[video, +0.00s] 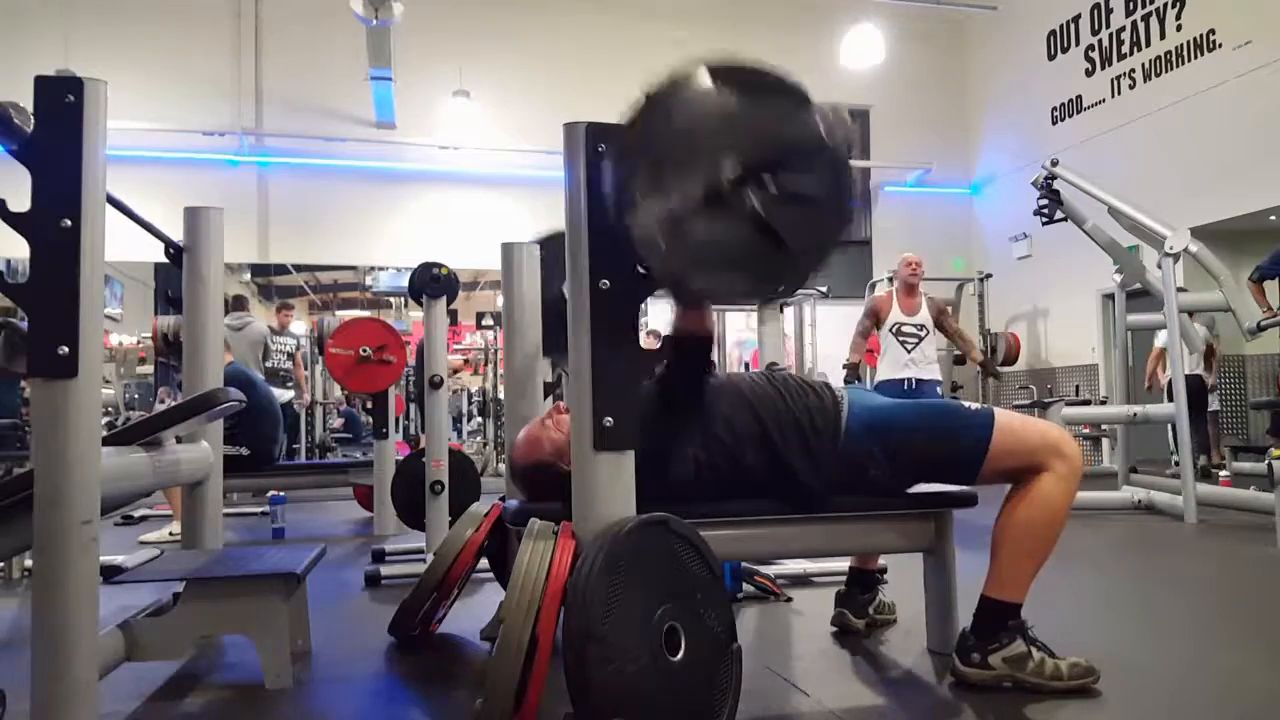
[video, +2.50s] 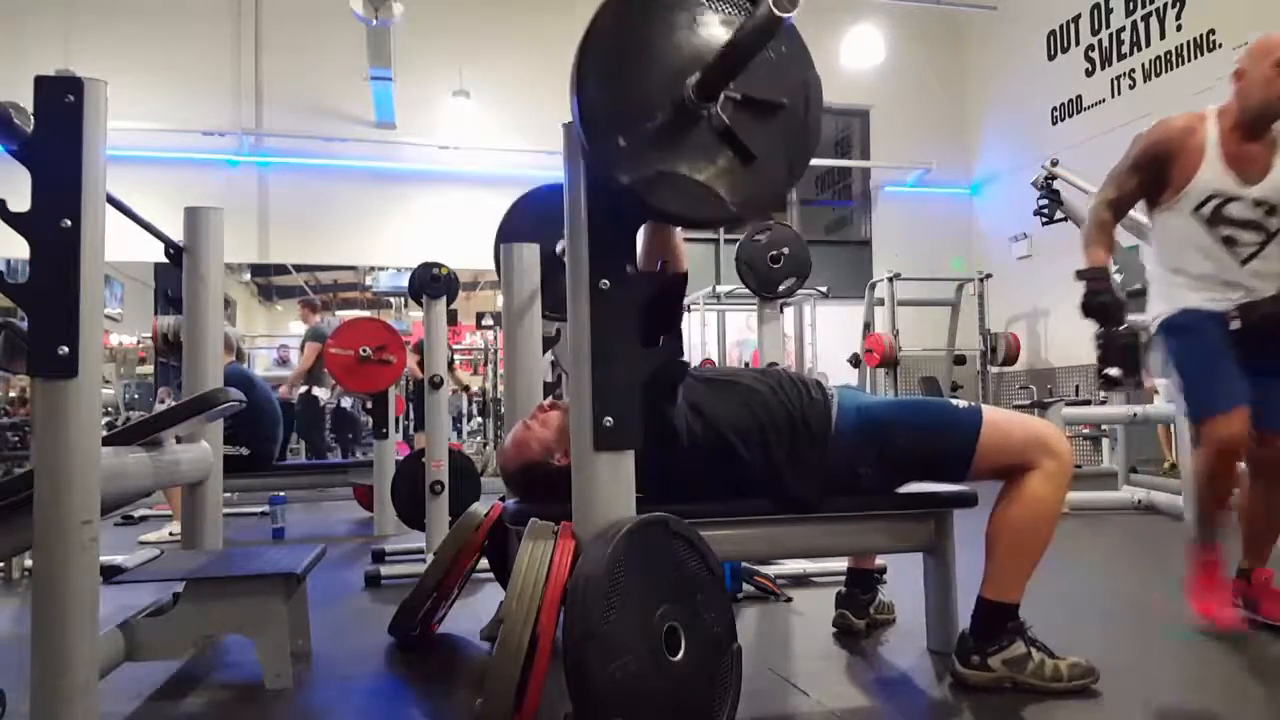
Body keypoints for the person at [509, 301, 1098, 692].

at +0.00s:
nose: (559, 407)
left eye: (548, 411)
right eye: (552, 419)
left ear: (563, 455)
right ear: (570, 450)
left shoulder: (617, 440)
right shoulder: (638, 453)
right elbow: (691, 344)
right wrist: (699, 248)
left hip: (818, 424)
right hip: (847, 430)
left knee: (904, 430)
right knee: (1058, 452)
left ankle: (861, 591)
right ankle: (994, 639)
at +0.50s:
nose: (554, 409)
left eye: (544, 413)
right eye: (545, 426)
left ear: (564, 431)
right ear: (562, 463)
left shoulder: (615, 434)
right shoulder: (629, 457)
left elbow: (647, 366)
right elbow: (657, 348)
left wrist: (662, 266)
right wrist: (669, 255)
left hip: (827, 419)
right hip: (846, 435)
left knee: (922, 437)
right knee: (1054, 454)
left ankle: (858, 592)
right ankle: (992, 639)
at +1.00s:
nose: (553, 410)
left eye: (544, 413)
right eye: (544, 425)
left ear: (561, 421)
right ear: (555, 461)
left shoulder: (607, 436)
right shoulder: (617, 460)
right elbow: (714, 408)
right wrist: (731, 306)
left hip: (814, 430)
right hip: (837, 435)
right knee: (1055, 456)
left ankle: (860, 595)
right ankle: (993, 640)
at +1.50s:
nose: (550, 407)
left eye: (539, 414)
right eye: (544, 424)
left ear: (557, 425)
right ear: (562, 454)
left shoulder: (617, 423)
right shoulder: (630, 451)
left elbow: (666, 383)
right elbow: (764, 460)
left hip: (800, 430)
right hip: (842, 441)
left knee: (902, 444)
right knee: (1058, 457)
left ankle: (858, 595)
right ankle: (992, 642)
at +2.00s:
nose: (552, 406)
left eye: (542, 413)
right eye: (546, 423)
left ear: (563, 422)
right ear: (564, 453)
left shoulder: (626, 419)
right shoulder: (627, 451)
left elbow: (721, 403)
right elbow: (738, 435)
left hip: (808, 428)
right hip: (843, 438)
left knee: (892, 444)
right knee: (1060, 457)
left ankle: (858, 597)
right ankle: (993, 639)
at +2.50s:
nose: (544, 406)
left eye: (533, 411)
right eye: (536, 425)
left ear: (556, 445)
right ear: (558, 460)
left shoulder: (611, 417)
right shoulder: (622, 431)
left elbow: (653, 289)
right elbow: (662, 290)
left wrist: (660, 177)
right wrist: (658, 173)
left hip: (811, 418)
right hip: (837, 431)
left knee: (906, 432)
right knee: (1049, 450)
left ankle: (861, 596)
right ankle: (992, 642)